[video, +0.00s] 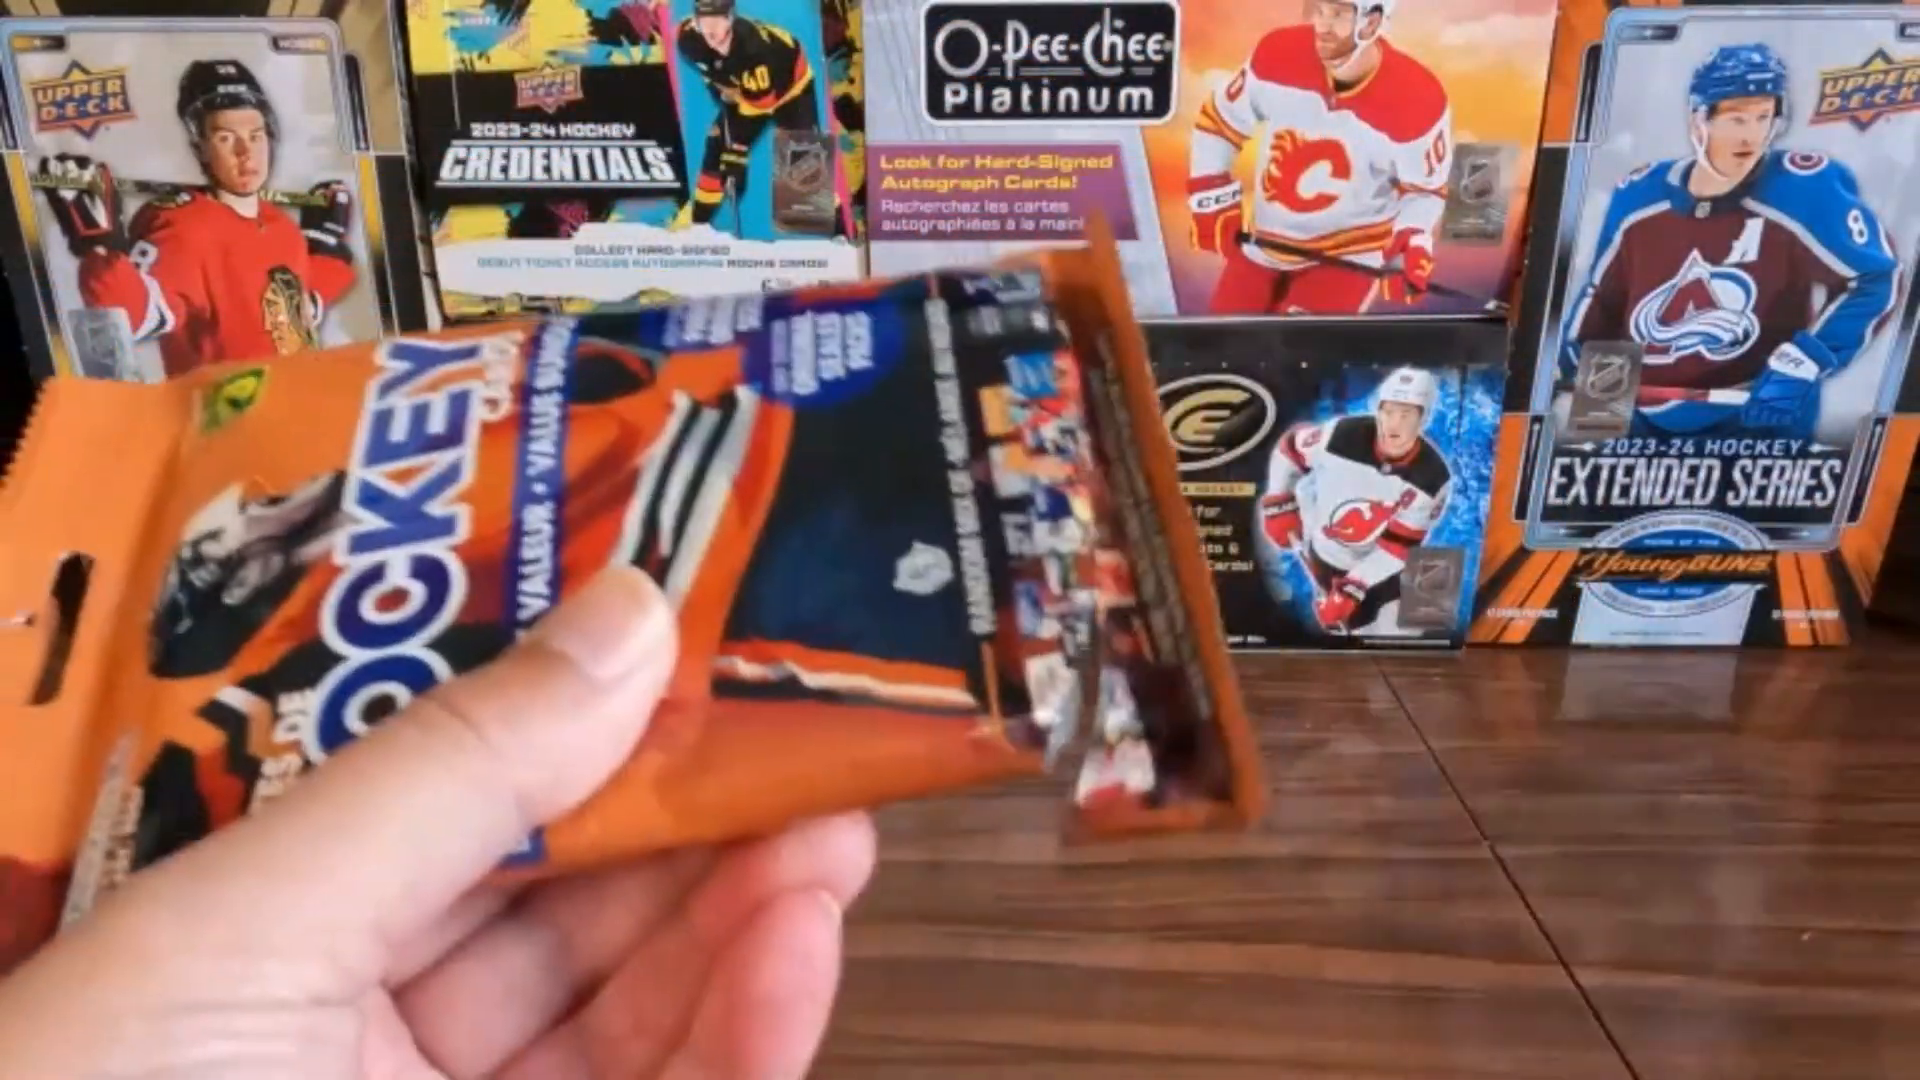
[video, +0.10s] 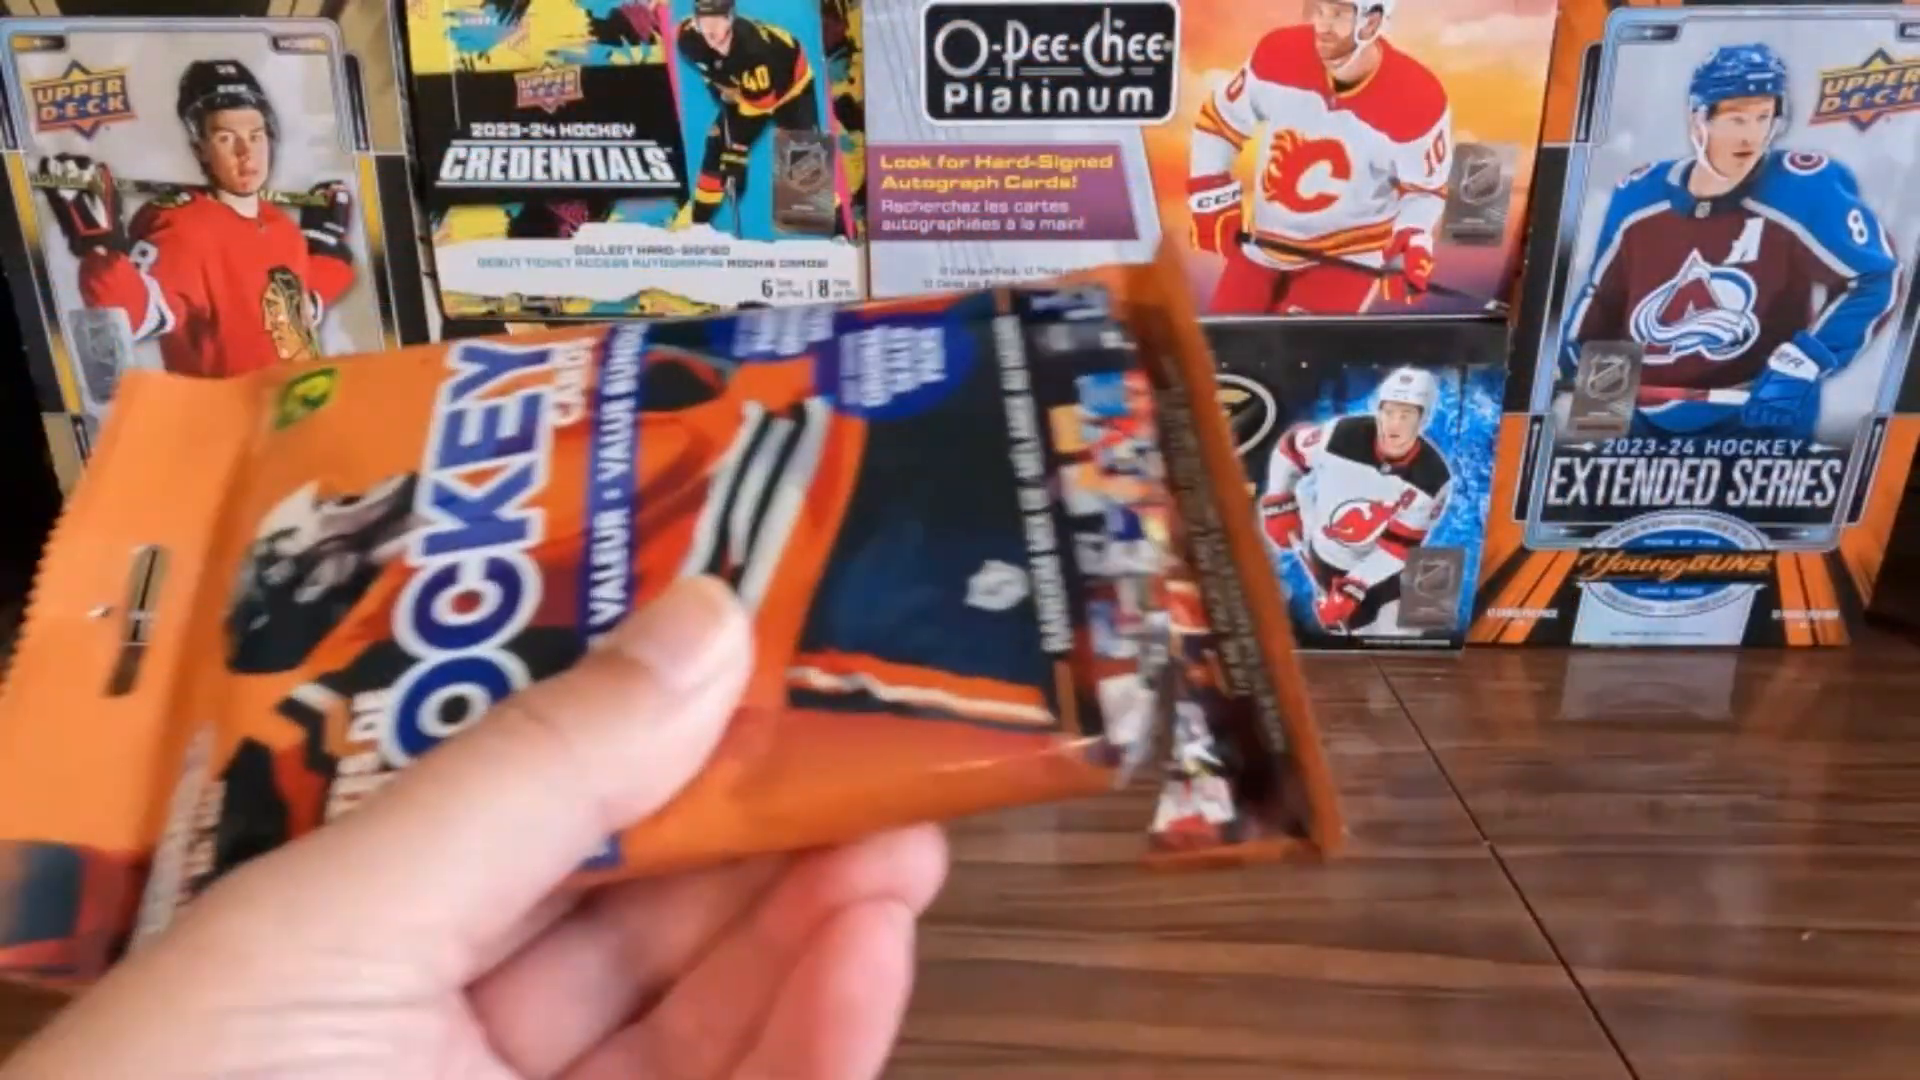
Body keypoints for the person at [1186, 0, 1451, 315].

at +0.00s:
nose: (1323, 26)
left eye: (1339, 14)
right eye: (1318, 11)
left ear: (1373, 22)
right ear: (1309, 11)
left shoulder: (1416, 96)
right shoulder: (1276, 56)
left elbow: (1424, 191)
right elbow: (1216, 124)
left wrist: (1415, 247)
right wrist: (1213, 201)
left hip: (1346, 261)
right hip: (1261, 249)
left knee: (1287, 367)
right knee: (1219, 361)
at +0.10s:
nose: (1323, 26)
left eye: (1339, 14)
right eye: (1318, 11)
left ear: (1372, 22)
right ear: (1309, 11)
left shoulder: (1417, 95)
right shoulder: (1276, 56)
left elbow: (1424, 191)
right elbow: (1216, 124)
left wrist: (1414, 247)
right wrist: (1214, 201)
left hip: (1347, 261)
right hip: (1261, 249)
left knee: (1287, 367)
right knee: (1219, 361)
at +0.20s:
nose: (1322, 26)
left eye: (1339, 14)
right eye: (1318, 11)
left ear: (1372, 22)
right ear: (1309, 11)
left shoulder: (1416, 96)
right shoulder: (1276, 56)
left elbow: (1423, 191)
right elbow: (1216, 126)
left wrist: (1413, 249)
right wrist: (1215, 213)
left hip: (1352, 261)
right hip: (1264, 251)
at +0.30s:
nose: (1322, 27)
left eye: (1339, 14)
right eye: (1317, 12)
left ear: (1373, 22)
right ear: (1308, 12)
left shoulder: (1417, 96)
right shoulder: (1276, 56)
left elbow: (1423, 190)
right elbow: (1217, 124)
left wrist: (1414, 250)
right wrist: (1215, 212)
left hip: (1358, 258)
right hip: (1274, 242)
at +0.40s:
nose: (1322, 27)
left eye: (1339, 14)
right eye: (1317, 11)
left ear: (1373, 22)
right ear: (1309, 11)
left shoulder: (1417, 96)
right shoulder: (1276, 56)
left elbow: (1423, 191)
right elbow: (1216, 125)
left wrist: (1414, 251)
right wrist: (1216, 212)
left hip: (1356, 259)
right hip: (1271, 243)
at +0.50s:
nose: (1323, 27)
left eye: (1339, 14)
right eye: (1317, 11)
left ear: (1373, 21)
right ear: (1309, 11)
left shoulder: (1416, 96)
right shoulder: (1276, 56)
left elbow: (1423, 190)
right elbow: (1216, 125)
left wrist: (1414, 248)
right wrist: (1221, 215)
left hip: (1356, 259)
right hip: (1269, 248)